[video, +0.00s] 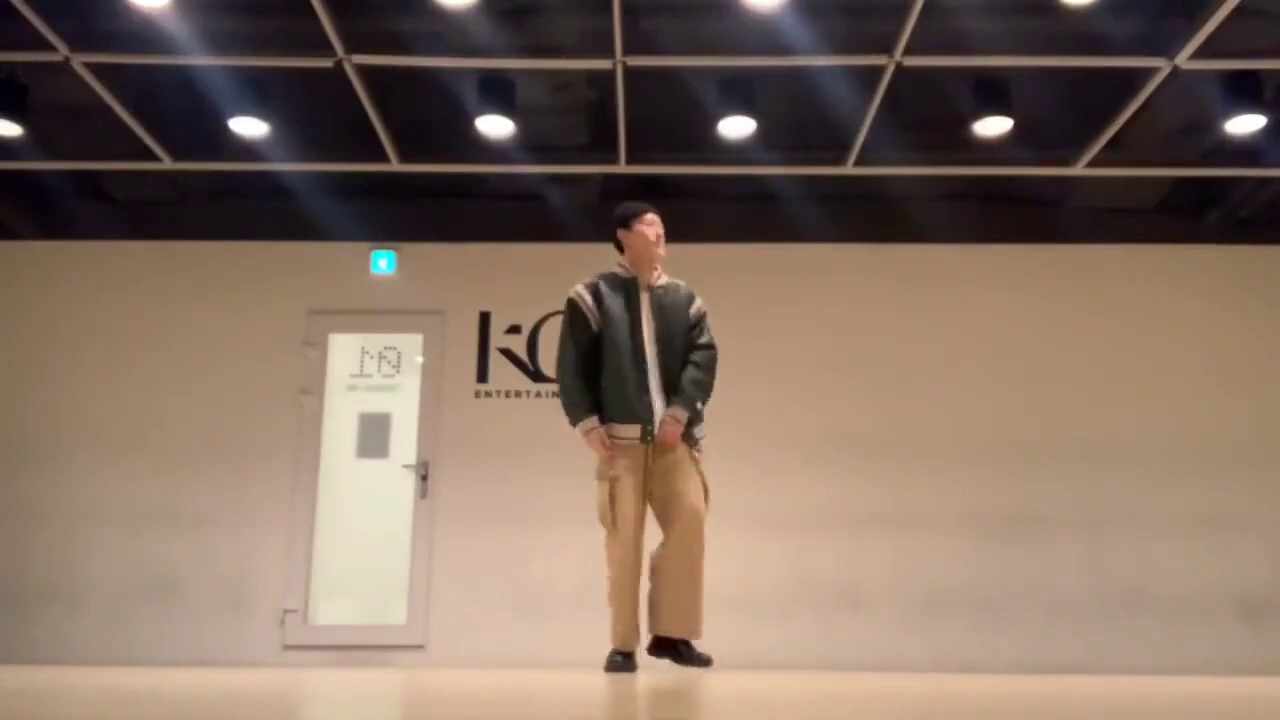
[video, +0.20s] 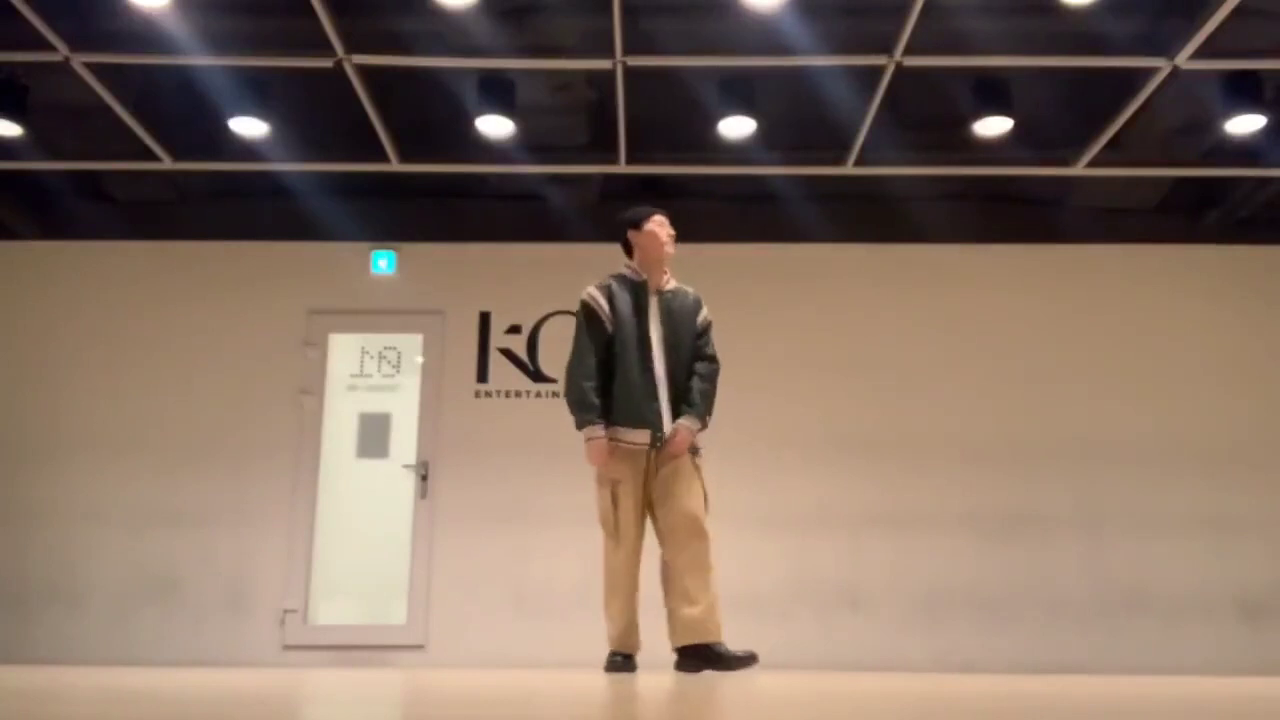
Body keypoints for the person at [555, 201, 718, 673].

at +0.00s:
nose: (657, 233)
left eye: (659, 226)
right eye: (647, 226)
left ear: (664, 237)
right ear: (623, 237)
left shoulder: (683, 298)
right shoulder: (593, 298)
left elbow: (702, 358)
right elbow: (571, 368)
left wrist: (680, 412)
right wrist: (587, 424)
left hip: (673, 439)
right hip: (619, 441)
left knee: (690, 521)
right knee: (624, 543)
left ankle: (671, 634)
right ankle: (623, 645)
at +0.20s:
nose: (669, 231)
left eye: (669, 224)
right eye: (658, 224)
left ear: (670, 239)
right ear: (633, 240)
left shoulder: (690, 302)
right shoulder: (604, 298)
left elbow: (706, 368)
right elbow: (583, 368)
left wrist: (691, 421)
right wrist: (592, 428)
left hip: (675, 444)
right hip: (621, 444)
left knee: (689, 540)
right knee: (622, 547)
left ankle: (697, 643)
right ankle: (622, 647)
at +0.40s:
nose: (691, 232)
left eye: (691, 225)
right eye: (680, 224)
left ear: (691, 239)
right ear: (654, 236)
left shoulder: (705, 306)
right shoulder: (619, 293)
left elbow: (719, 369)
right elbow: (598, 362)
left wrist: (714, 421)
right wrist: (619, 418)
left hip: (689, 443)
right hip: (634, 440)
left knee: (696, 544)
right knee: (626, 548)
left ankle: (701, 646)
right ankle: (622, 648)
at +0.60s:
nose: (715, 221)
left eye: (715, 216)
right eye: (705, 215)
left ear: (713, 231)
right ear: (679, 229)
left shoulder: (731, 299)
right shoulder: (641, 282)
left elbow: (744, 364)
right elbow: (617, 348)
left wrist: (744, 416)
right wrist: (639, 400)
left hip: (714, 436)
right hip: (658, 429)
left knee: (717, 538)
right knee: (642, 535)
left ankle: (705, 647)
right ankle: (630, 635)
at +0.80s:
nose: (723, 216)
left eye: (726, 210)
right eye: (711, 209)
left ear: (733, 224)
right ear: (687, 222)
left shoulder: (751, 291)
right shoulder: (652, 280)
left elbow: (767, 359)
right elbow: (629, 347)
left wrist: (761, 415)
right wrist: (642, 395)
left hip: (727, 432)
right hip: (669, 427)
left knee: (725, 536)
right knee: (658, 514)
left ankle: (711, 647)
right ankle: (652, 625)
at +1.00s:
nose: (710, 209)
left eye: (718, 202)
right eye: (700, 204)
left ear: (731, 219)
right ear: (685, 221)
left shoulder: (759, 281)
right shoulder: (654, 281)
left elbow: (780, 352)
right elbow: (629, 349)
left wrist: (762, 409)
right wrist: (633, 397)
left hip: (733, 430)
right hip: (671, 428)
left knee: (723, 539)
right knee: (664, 525)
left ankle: (710, 648)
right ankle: (654, 641)